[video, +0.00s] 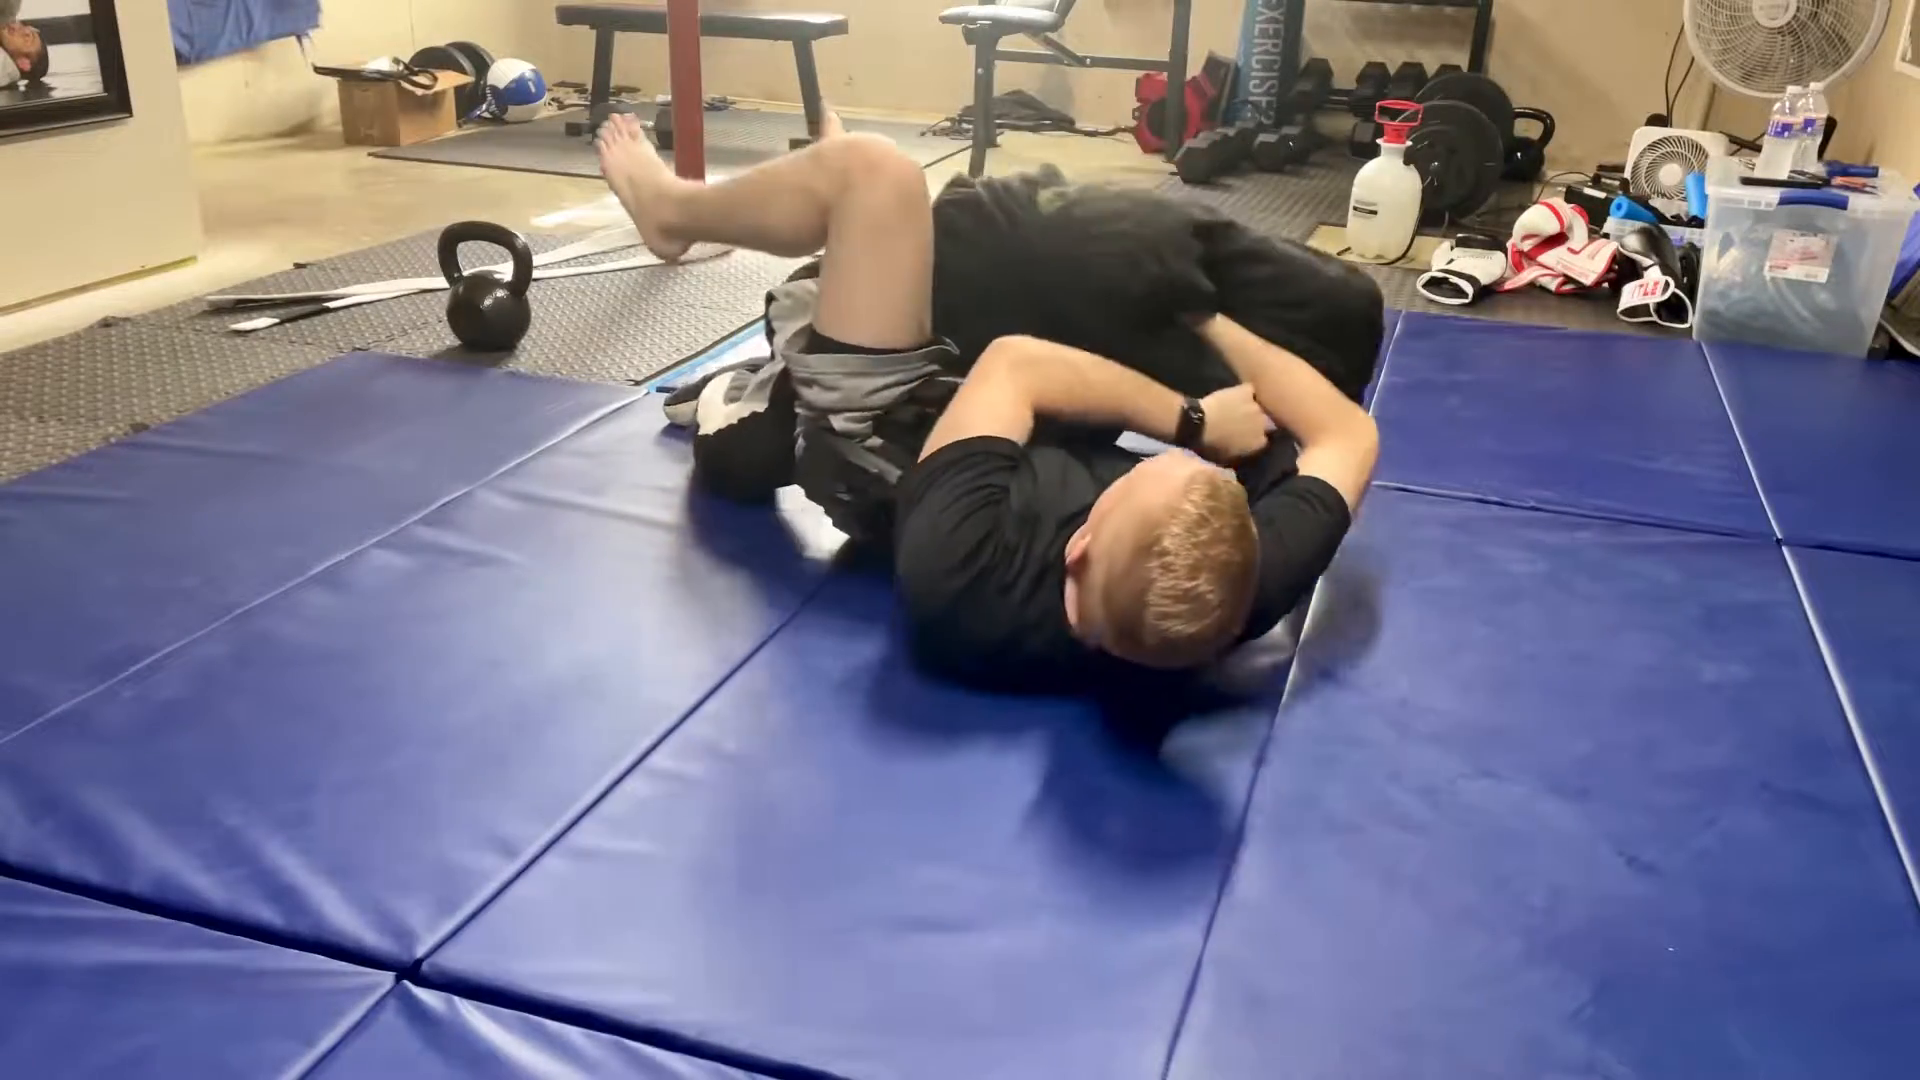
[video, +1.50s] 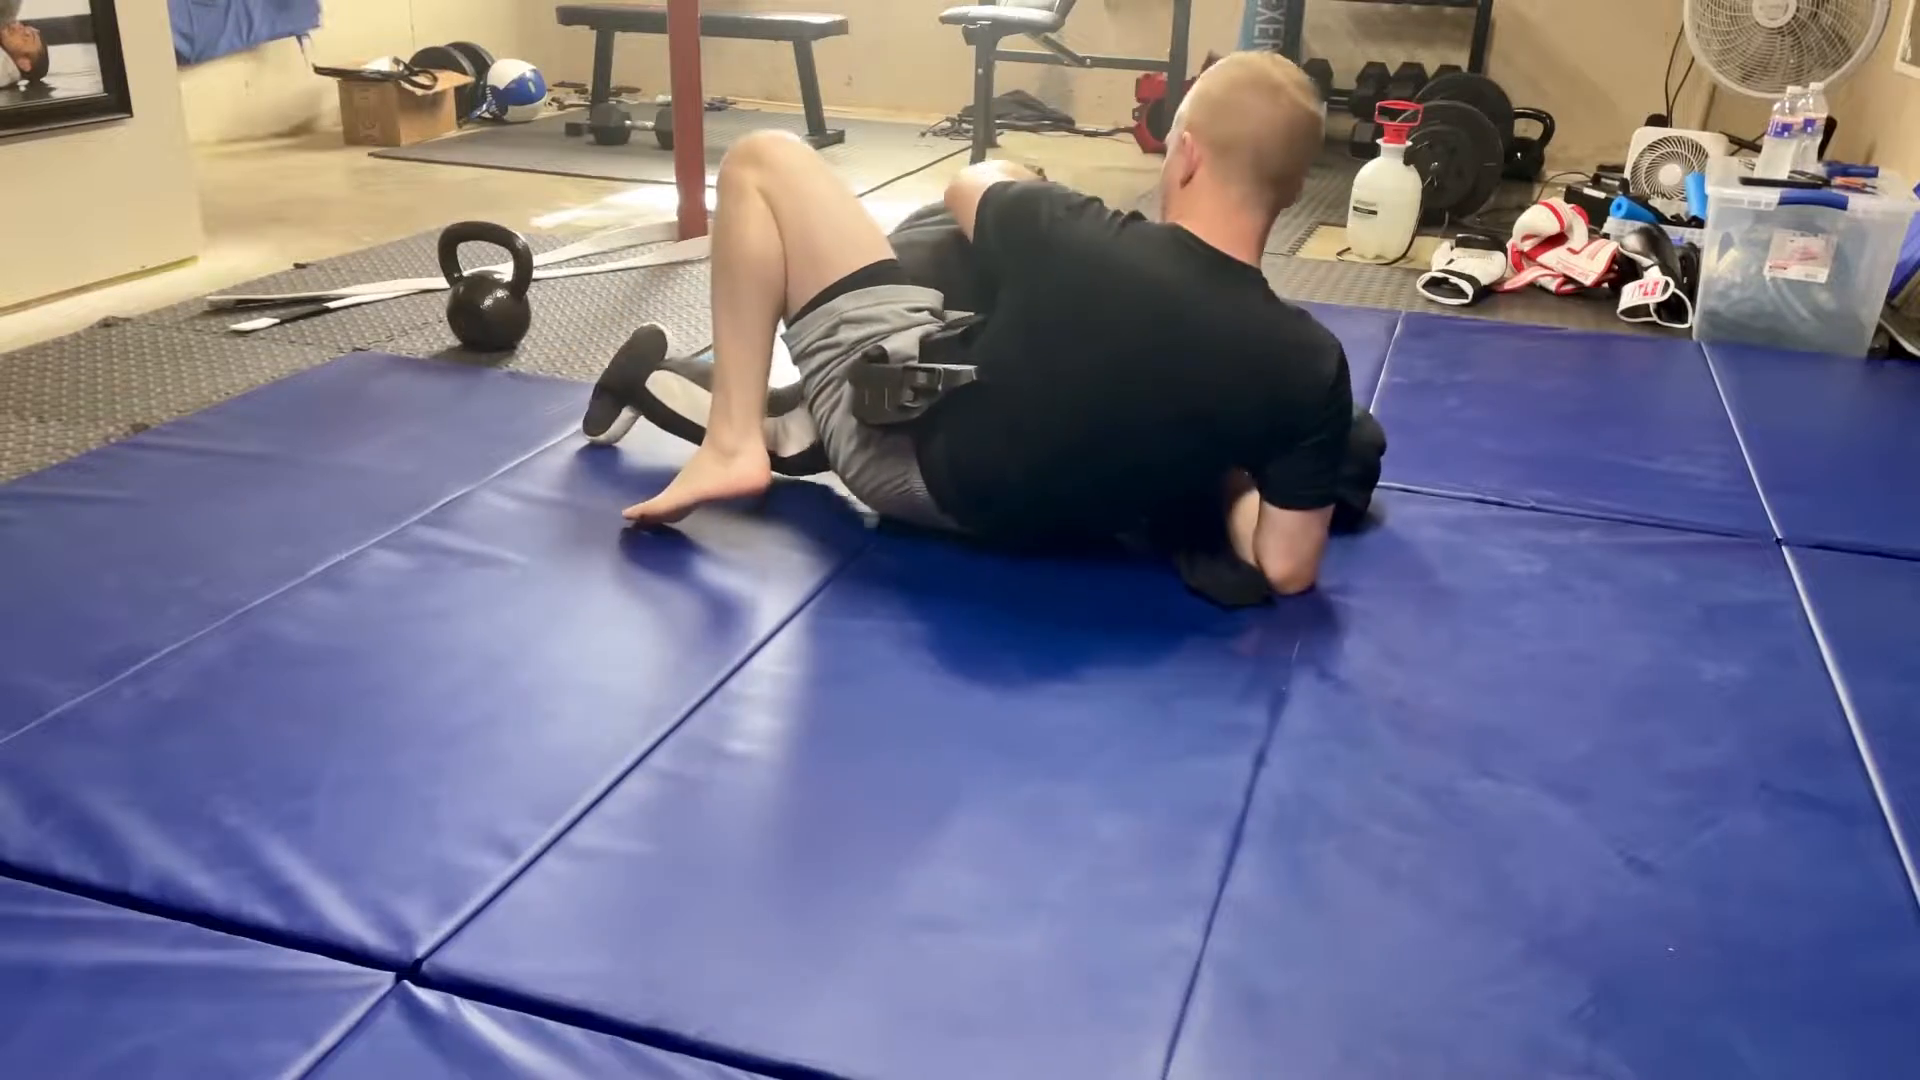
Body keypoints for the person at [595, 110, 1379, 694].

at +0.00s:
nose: (1151, 472)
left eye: (1145, 486)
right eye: (1175, 478)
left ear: (1081, 555)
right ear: (1238, 567)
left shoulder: (963, 585)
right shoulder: (1255, 574)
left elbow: (1015, 365)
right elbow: (1348, 436)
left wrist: (1196, 417)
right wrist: (1204, 316)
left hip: (887, 442)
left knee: (875, 170)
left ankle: (674, 212)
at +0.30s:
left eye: (1142, 318)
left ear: (1133, 366)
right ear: (1269, 415)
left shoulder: (1031, 428)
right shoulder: (1280, 534)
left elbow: (1067, 262)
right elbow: (1377, 570)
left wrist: (1192, 323)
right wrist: (1284, 450)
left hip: (892, 434)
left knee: (820, 133)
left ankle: (621, 306)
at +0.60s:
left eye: (1133, 144)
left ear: (1121, 159)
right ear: (1237, 208)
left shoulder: (1017, 226)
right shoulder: (1264, 377)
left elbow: (1014, 124)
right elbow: (1324, 565)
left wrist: (1124, 82)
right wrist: (1277, 474)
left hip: (880, 475)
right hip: (1037, 542)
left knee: (760, 153)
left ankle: (637, 401)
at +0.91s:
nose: (1149, 152)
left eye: (1150, 140)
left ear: (1154, 148)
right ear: (1270, 181)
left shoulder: (1053, 195)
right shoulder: (1289, 350)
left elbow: (944, 210)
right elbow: (1291, 567)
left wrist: (1044, 247)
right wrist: (1240, 470)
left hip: (902, 465)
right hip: (1042, 528)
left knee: (754, 165)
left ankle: (717, 443)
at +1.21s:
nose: (1160, 151)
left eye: (1163, 139)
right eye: (1167, 139)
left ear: (1174, 147)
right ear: (1284, 187)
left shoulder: (1070, 192)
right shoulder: (1296, 352)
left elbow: (950, 209)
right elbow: (1294, 566)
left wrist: (1053, 241)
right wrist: (1238, 481)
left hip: (917, 469)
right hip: (1063, 528)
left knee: (763, 170)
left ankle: (723, 442)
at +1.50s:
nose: (1167, 152)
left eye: (1172, 140)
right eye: (1178, 138)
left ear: (1182, 156)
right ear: (1293, 194)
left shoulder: (1057, 228)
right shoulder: (1308, 366)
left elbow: (961, 189)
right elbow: (1287, 568)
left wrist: (1003, 174)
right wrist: (1224, 461)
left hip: (912, 469)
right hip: (1049, 531)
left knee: (761, 159)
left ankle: (734, 444)